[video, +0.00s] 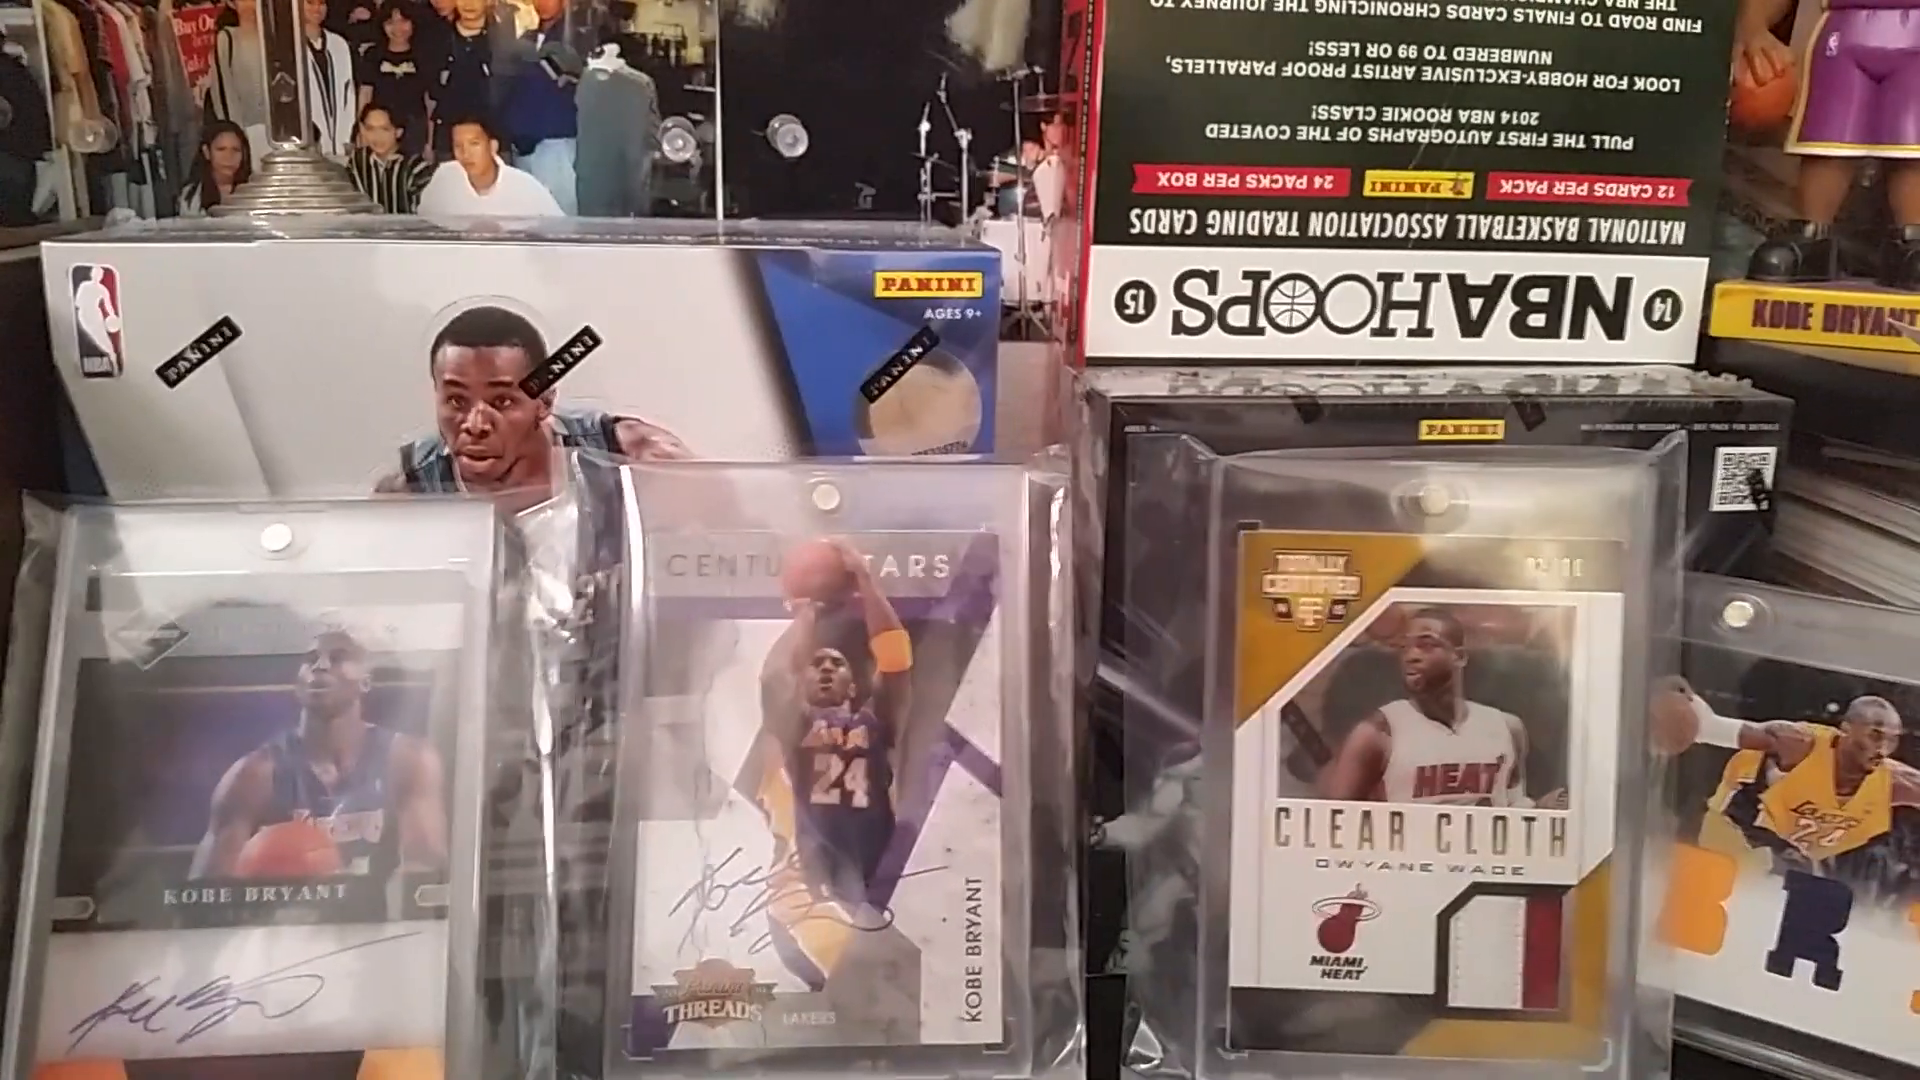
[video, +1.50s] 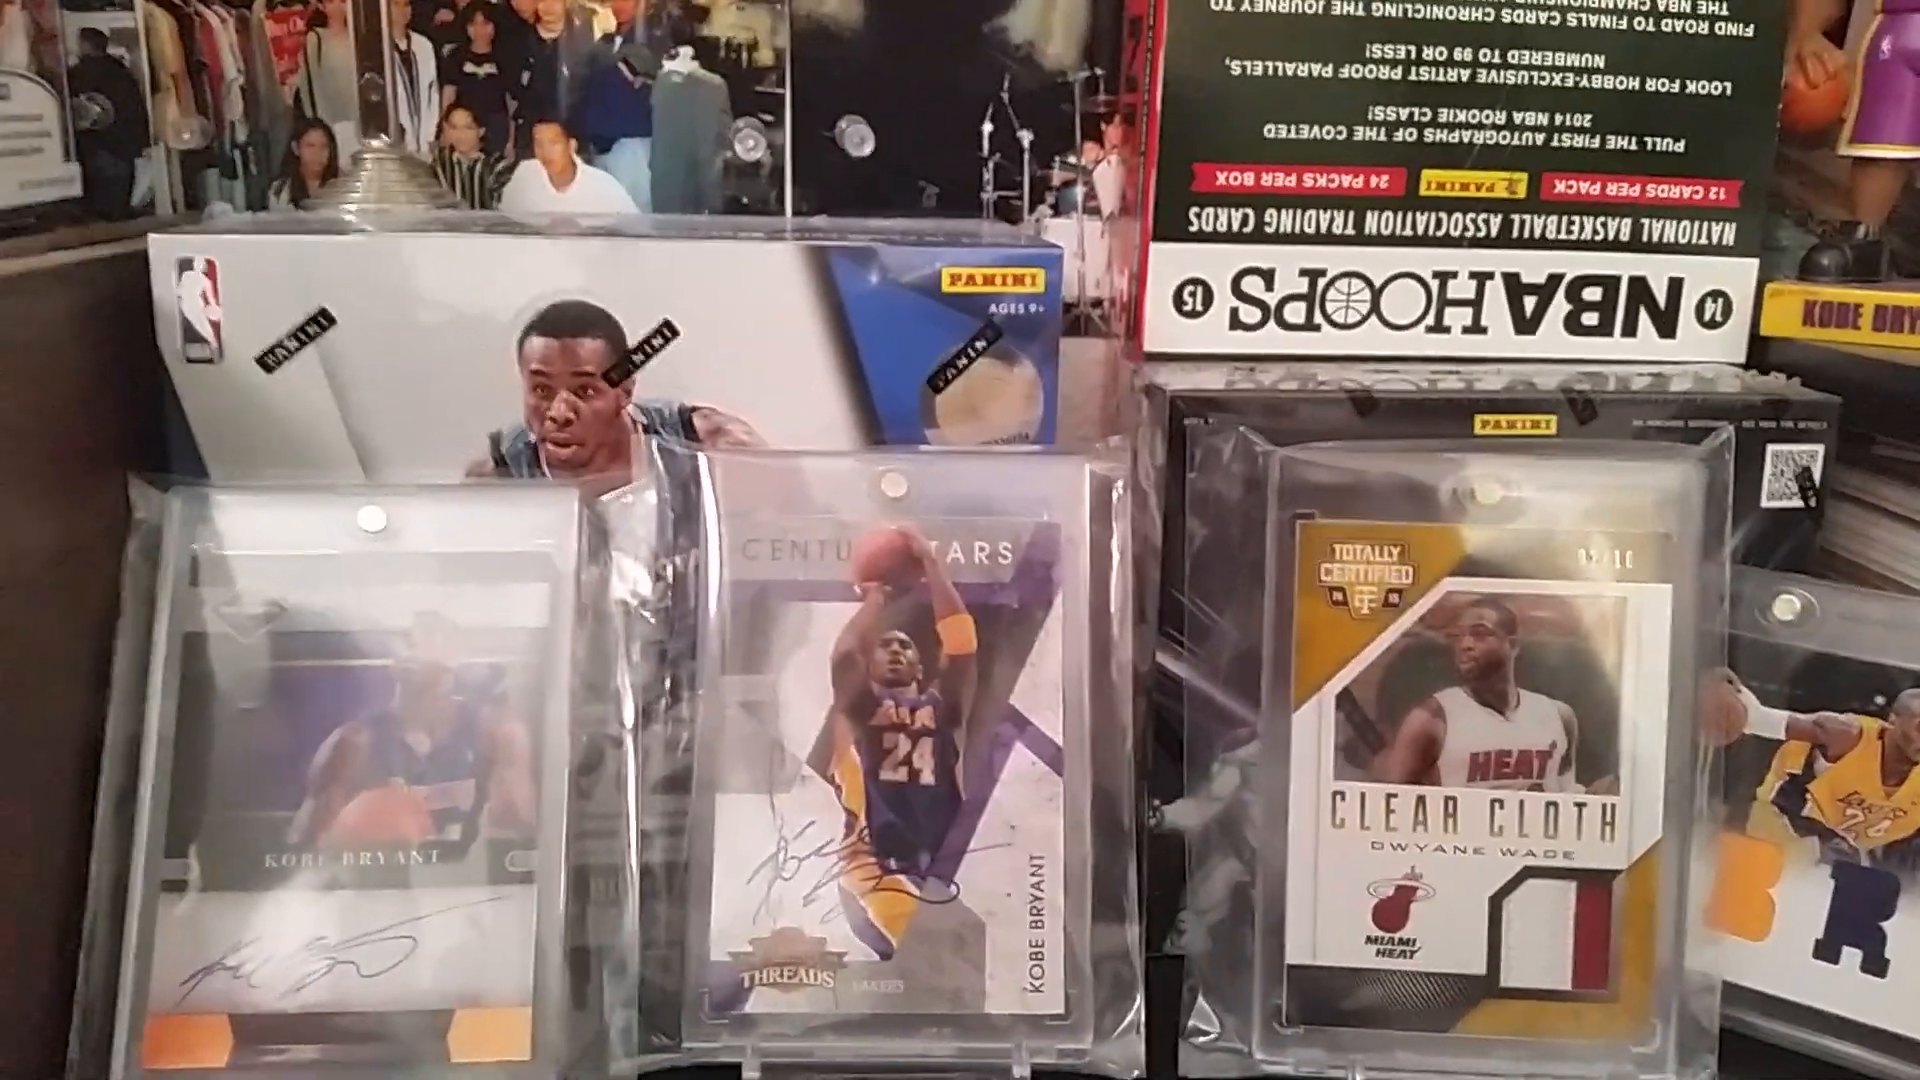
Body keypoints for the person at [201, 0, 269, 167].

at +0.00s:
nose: (249, 4)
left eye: (251, 1)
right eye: (243, 1)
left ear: (259, 4)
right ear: (232, 4)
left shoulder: (270, 35)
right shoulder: (226, 37)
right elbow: (223, 84)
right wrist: (233, 128)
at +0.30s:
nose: (224, 5)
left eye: (225, 1)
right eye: (218, 1)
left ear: (232, 4)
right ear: (206, 5)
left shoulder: (242, 36)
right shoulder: (199, 38)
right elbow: (196, 85)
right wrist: (204, 129)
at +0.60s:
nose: (245, 5)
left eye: (247, 1)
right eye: (238, 1)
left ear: (253, 4)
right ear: (227, 5)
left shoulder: (264, 35)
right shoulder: (221, 38)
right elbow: (219, 84)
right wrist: (228, 126)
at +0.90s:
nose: (268, 5)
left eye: (270, 1)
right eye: (261, 1)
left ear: (277, 4)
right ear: (249, 5)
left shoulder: (286, 35)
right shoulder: (244, 38)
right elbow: (244, 86)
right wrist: (253, 127)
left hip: (291, 118)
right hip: (263, 122)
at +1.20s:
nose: (281, 6)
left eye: (285, 1)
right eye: (275, 1)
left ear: (293, 5)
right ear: (265, 6)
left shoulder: (301, 36)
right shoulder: (259, 38)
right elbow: (259, 83)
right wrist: (268, 124)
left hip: (305, 116)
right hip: (277, 119)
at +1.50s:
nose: (343, 4)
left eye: (342, 1)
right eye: (335, 1)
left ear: (346, 5)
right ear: (322, 6)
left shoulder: (354, 36)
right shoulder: (315, 37)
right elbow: (307, 80)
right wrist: (312, 119)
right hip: (328, 115)